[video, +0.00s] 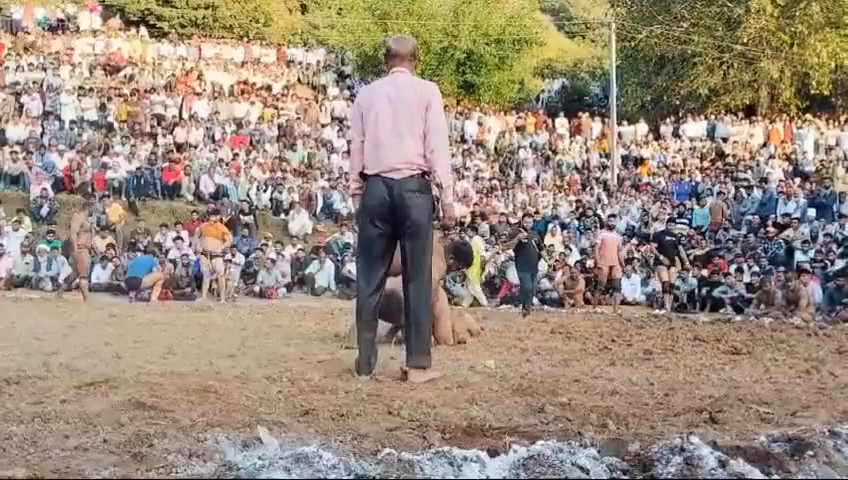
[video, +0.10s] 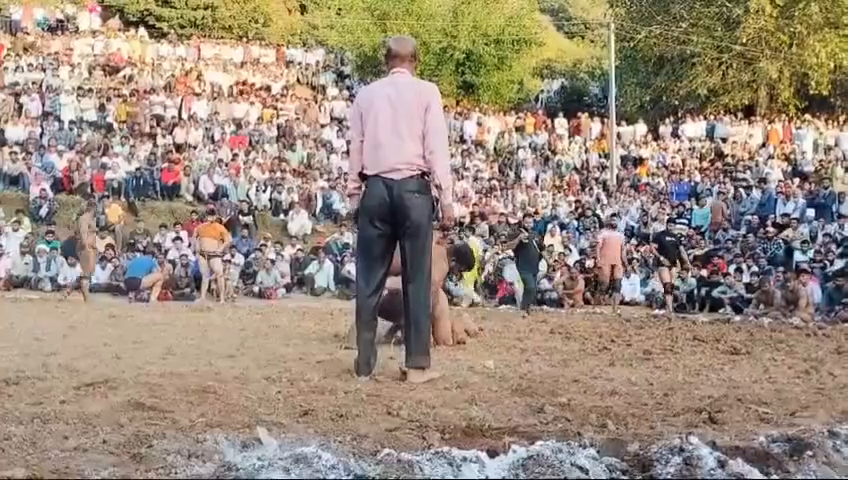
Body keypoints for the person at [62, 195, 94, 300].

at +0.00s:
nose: (92, 207)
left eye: (92, 204)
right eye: (90, 204)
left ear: (93, 204)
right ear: (85, 204)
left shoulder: (87, 217)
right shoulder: (77, 216)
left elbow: (90, 237)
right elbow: (73, 233)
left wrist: (95, 248)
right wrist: (74, 250)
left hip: (86, 247)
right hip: (80, 247)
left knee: (76, 274)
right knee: (83, 275)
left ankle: (61, 290)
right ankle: (86, 298)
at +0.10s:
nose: (96, 211)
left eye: (95, 208)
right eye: (95, 208)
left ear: (91, 208)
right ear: (92, 208)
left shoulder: (92, 219)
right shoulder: (84, 219)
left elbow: (93, 234)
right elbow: (83, 232)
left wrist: (95, 245)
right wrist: (85, 245)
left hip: (92, 246)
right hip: (85, 246)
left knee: (90, 272)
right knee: (86, 272)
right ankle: (87, 298)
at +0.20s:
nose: (103, 211)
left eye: (103, 208)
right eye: (102, 208)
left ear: (97, 208)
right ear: (97, 208)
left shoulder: (95, 219)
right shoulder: (91, 219)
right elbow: (93, 234)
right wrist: (100, 246)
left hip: (94, 247)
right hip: (90, 248)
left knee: (95, 274)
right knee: (89, 275)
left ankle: (82, 291)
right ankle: (86, 300)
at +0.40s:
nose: (112, 213)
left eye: (112, 210)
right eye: (111, 210)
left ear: (102, 209)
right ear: (108, 210)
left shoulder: (95, 219)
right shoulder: (102, 220)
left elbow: (87, 235)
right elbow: (109, 234)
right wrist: (124, 244)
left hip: (104, 251)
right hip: (97, 250)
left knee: (112, 272)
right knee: (92, 276)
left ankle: (111, 295)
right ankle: (85, 299)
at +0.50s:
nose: (119, 215)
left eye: (119, 212)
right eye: (119, 212)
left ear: (108, 210)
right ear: (115, 212)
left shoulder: (98, 220)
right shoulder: (109, 221)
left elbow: (95, 236)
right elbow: (114, 235)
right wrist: (129, 244)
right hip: (103, 251)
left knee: (113, 277)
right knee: (95, 277)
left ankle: (118, 299)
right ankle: (85, 299)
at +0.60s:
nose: (124, 216)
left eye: (124, 214)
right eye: (124, 214)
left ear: (115, 212)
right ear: (121, 213)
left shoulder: (109, 223)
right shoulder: (113, 223)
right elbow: (119, 238)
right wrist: (131, 247)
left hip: (115, 253)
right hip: (108, 252)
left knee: (116, 278)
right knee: (105, 279)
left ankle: (117, 299)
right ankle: (89, 290)